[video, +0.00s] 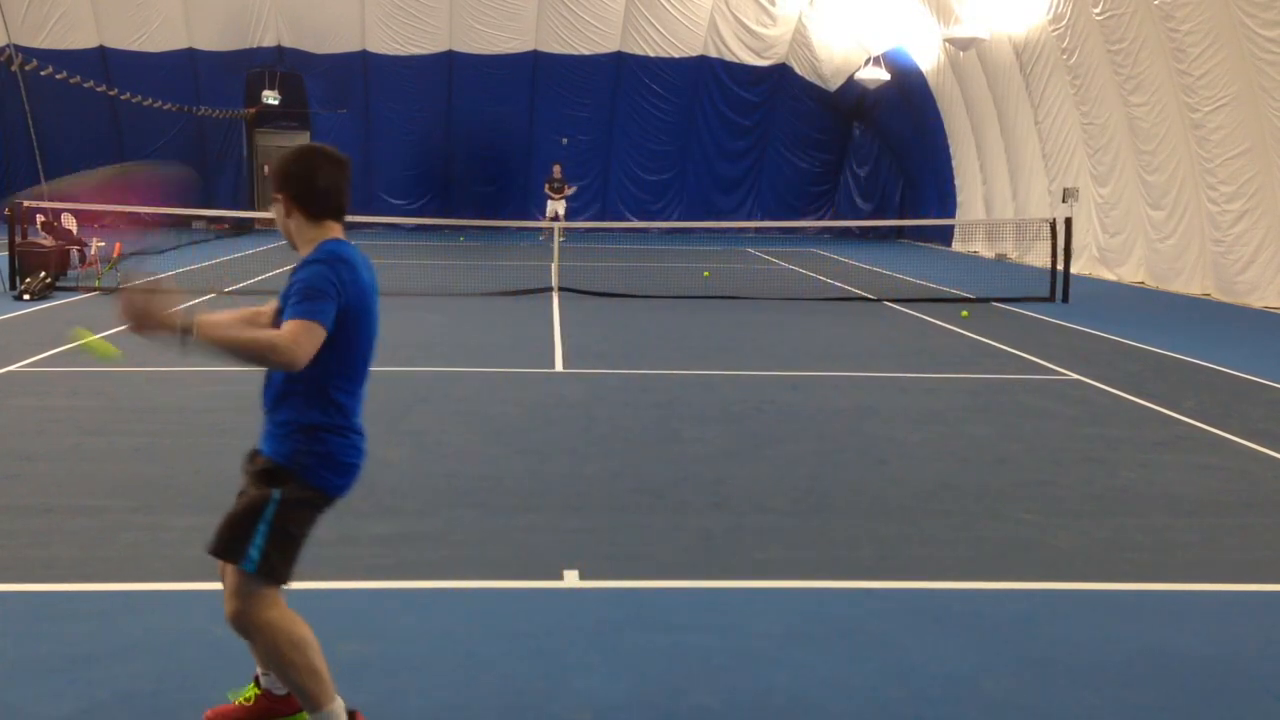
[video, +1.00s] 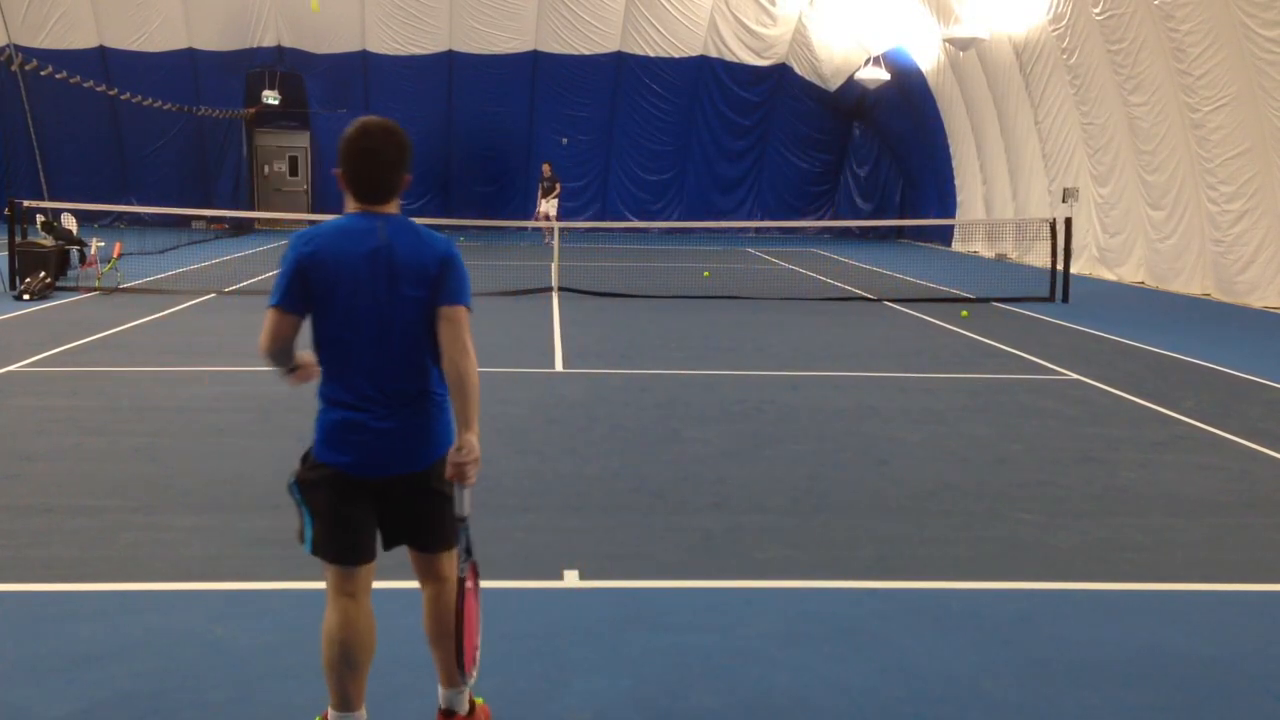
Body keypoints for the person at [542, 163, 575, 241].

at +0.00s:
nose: (556, 170)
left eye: (558, 169)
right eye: (555, 169)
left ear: (560, 170)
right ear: (553, 170)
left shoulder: (563, 180)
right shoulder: (549, 180)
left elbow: (565, 191)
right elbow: (546, 189)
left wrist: (571, 191)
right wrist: (554, 195)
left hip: (561, 200)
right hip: (551, 201)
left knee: (561, 217)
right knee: (548, 217)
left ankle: (561, 234)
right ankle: (545, 233)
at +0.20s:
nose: (558, 167)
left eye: (560, 165)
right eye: (557, 165)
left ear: (563, 167)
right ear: (555, 167)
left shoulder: (567, 178)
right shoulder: (552, 177)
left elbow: (570, 188)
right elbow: (549, 187)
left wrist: (564, 192)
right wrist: (556, 192)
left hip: (563, 199)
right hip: (553, 198)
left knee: (563, 217)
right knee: (550, 215)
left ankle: (562, 234)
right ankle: (548, 233)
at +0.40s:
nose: (559, 171)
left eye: (560, 169)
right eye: (557, 169)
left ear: (563, 170)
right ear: (556, 171)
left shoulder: (567, 180)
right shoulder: (552, 181)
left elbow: (569, 189)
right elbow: (549, 189)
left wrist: (563, 195)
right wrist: (554, 195)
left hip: (564, 200)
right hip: (554, 201)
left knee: (568, 216)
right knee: (551, 215)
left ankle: (569, 235)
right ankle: (546, 235)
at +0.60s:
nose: (552, 175)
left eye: (554, 173)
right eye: (551, 173)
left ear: (557, 174)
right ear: (549, 174)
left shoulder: (561, 184)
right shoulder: (548, 184)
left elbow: (565, 194)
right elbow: (545, 194)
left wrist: (560, 201)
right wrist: (551, 203)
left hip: (560, 204)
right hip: (551, 204)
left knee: (565, 220)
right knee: (549, 219)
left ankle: (569, 234)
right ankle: (548, 237)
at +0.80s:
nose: (547, 171)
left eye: (549, 169)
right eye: (546, 169)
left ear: (552, 170)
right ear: (544, 170)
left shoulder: (556, 179)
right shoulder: (543, 180)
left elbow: (560, 189)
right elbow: (541, 190)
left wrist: (552, 199)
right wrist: (544, 199)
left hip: (555, 200)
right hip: (546, 200)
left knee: (556, 218)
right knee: (547, 218)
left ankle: (565, 232)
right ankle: (548, 236)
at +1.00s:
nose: (544, 169)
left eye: (546, 168)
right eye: (543, 168)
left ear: (549, 168)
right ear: (542, 169)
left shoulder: (554, 178)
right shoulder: (541, 179)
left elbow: (558, 189)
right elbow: (540, 191)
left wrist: (549, 197)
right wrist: (538, 201)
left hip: (553, 199)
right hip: (544, 199)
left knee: (552, 217)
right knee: (541, 216)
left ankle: (555, 236)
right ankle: (547, 235)